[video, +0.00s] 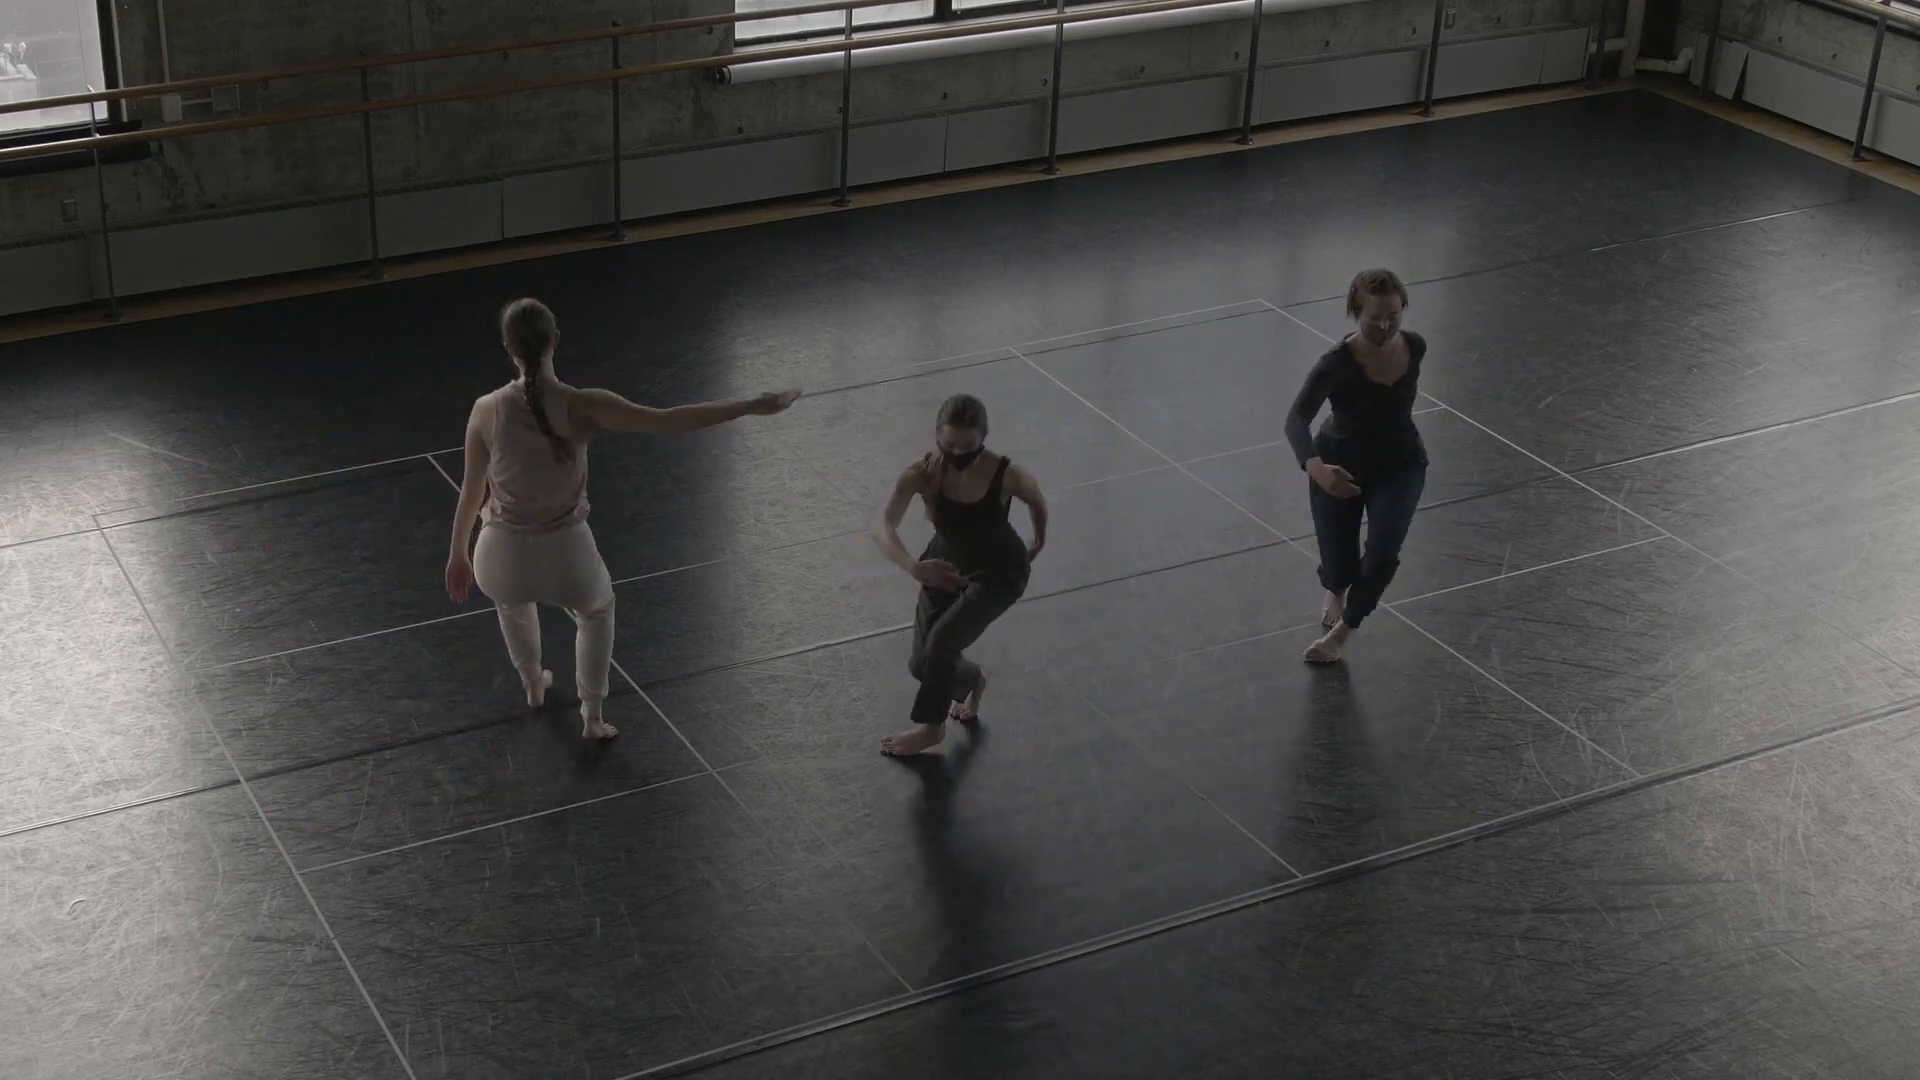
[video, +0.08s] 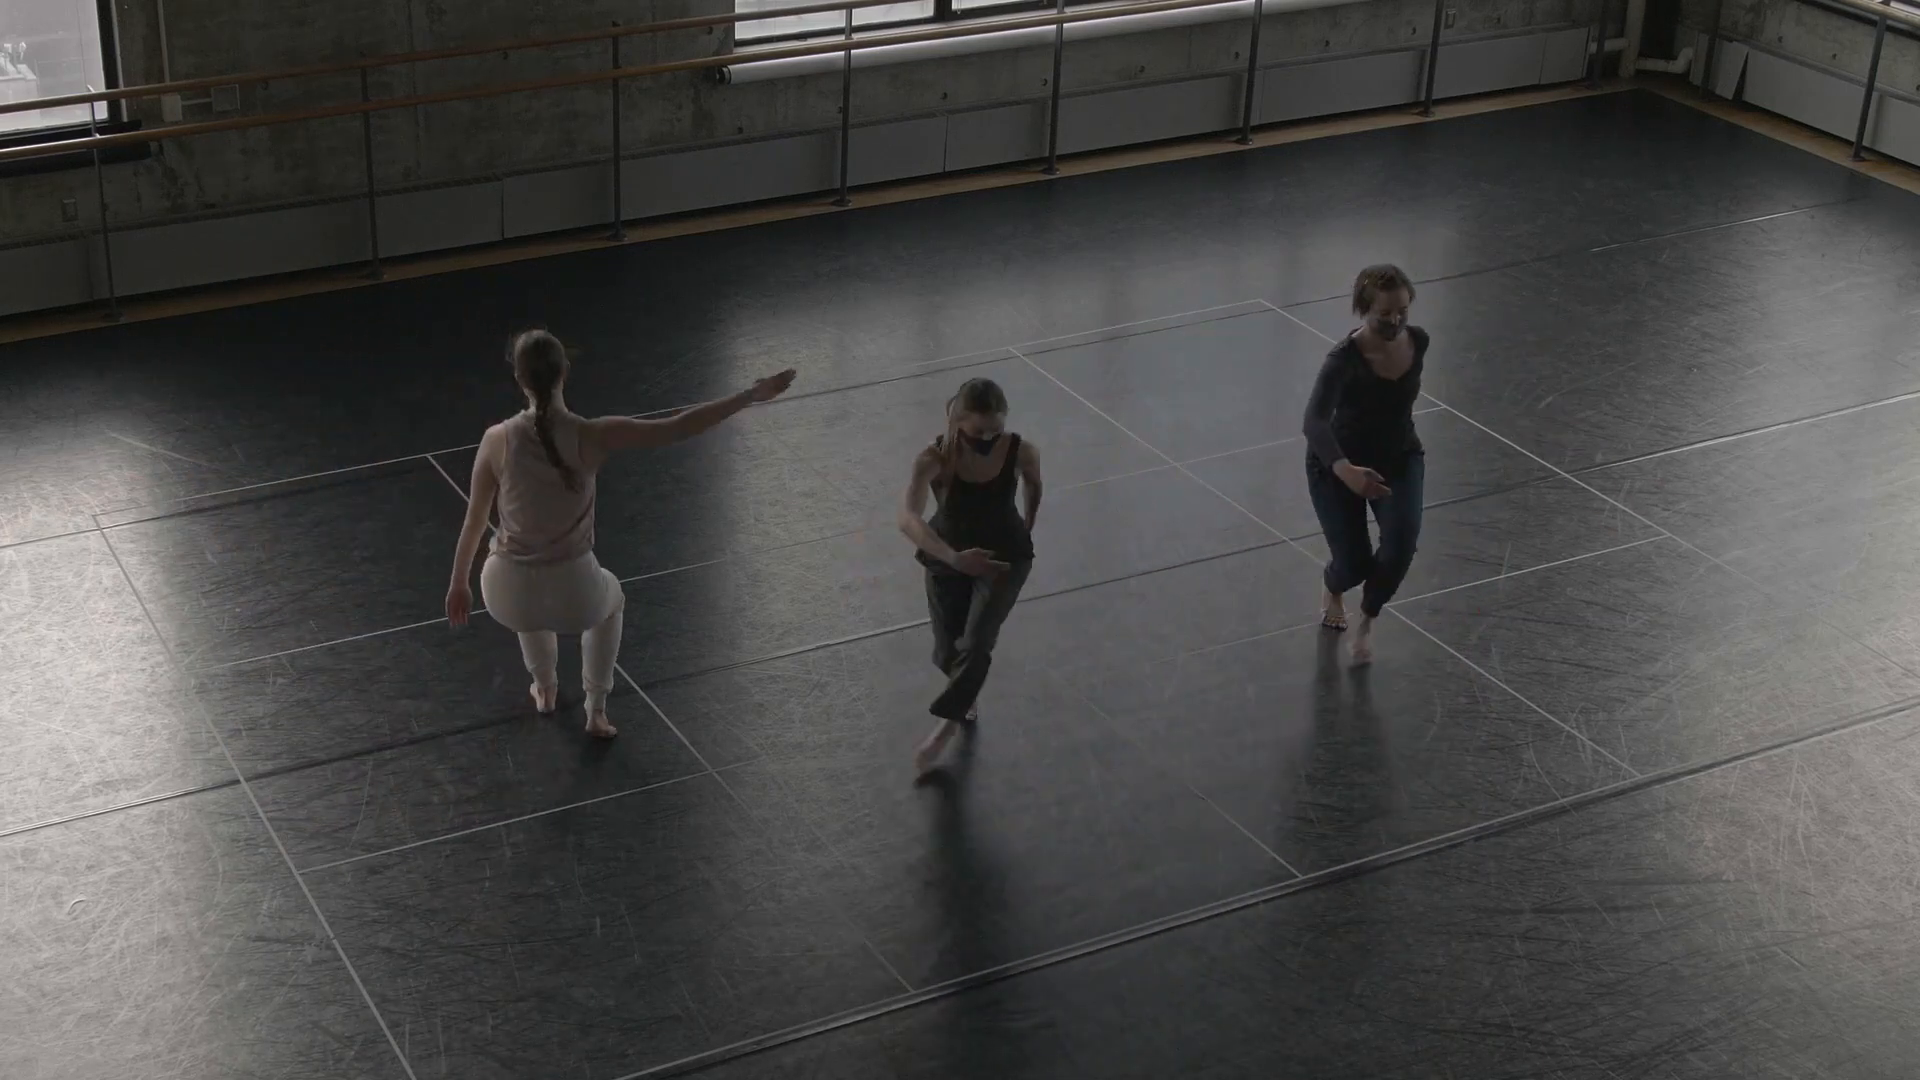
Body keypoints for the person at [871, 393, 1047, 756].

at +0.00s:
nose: (957, 458)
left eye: (966, 451)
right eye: (949, 448)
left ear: (983, 439)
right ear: (937, 434)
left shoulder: (1007, 476)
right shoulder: (920, 474)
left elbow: (1037, 504)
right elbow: (885, 530)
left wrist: (1038, 543)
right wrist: (913, 567)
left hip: (999, 568)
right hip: (947, 559)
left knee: (941, 642)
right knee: (921, 664)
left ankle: (933, 728)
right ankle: (972, 678)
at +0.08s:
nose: (985, 438)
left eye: (993, 430)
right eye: (977, 431)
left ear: (1003, 421)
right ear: (957, 422)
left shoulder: (1019, 452)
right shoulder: (933, 459)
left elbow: (1033, 487)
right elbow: (909, 519)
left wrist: (1026, 527)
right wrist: (954, 558)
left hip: (1005, 549)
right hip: (949, 549)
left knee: (978, 643)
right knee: (946, 651)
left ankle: (939, 736)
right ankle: (965, 697)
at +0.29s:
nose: (1033, 459)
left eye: (1036, 451)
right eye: (1024, 454)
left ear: (1040, 442)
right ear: (997, 448)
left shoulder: (1040, 466)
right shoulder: (967, 484)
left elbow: (1015, 502)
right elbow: (972, 556)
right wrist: (1041, 581)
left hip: (1008, 555)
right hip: (954, 567)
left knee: (1041, 643)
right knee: (988, 674)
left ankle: (1034, 726)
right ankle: (954, 681)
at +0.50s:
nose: (1053, 549)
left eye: (1057, 539)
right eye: (1044, 543)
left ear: (1060, 529)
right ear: (1018, 536)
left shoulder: (1040, 547)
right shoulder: (992, 574)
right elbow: (1030, 646)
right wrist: (1096, 644)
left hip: (1001, 617)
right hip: (958, 638)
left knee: (1051, 651)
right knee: (1014, 722)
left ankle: (1031, 727)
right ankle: (962, 682)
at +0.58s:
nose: (1057, 564)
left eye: (1061, 555)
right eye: (1048, 559)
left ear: (1063, 544)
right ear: (1021, 556)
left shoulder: (1043, 565)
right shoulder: (994, 591)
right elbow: (1039, 658)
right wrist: (1108, 655)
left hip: (997, 633)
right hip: (961, 652)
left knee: (1054, 648)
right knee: (1016, 729)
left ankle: (1031, 727)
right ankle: (966, 693)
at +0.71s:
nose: (1064, 542)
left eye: (1068, 533)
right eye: (1054, 536)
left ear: (1072, 524)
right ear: (1029, 530)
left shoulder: (1066, 542)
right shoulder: (998, 562)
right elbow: (1041, 632)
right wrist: (1112, 652)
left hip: (1013, 611)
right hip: (967, 622)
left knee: (1058, 655)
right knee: (1018, 715)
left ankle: (1032, 726)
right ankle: (962, 679)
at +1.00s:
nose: (1097, 429)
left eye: (1100, 421)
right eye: (1089, 424)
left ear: (1102, 413)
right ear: (1062, 421)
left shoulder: (1102, 448)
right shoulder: (1025, 454)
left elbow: (1097, 491)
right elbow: (986, 521)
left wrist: (1092, 540)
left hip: (1059, 552)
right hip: (1007, 554)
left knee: (1082, 646)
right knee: (1004, 665)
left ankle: (1047, 721)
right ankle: (954, 681)